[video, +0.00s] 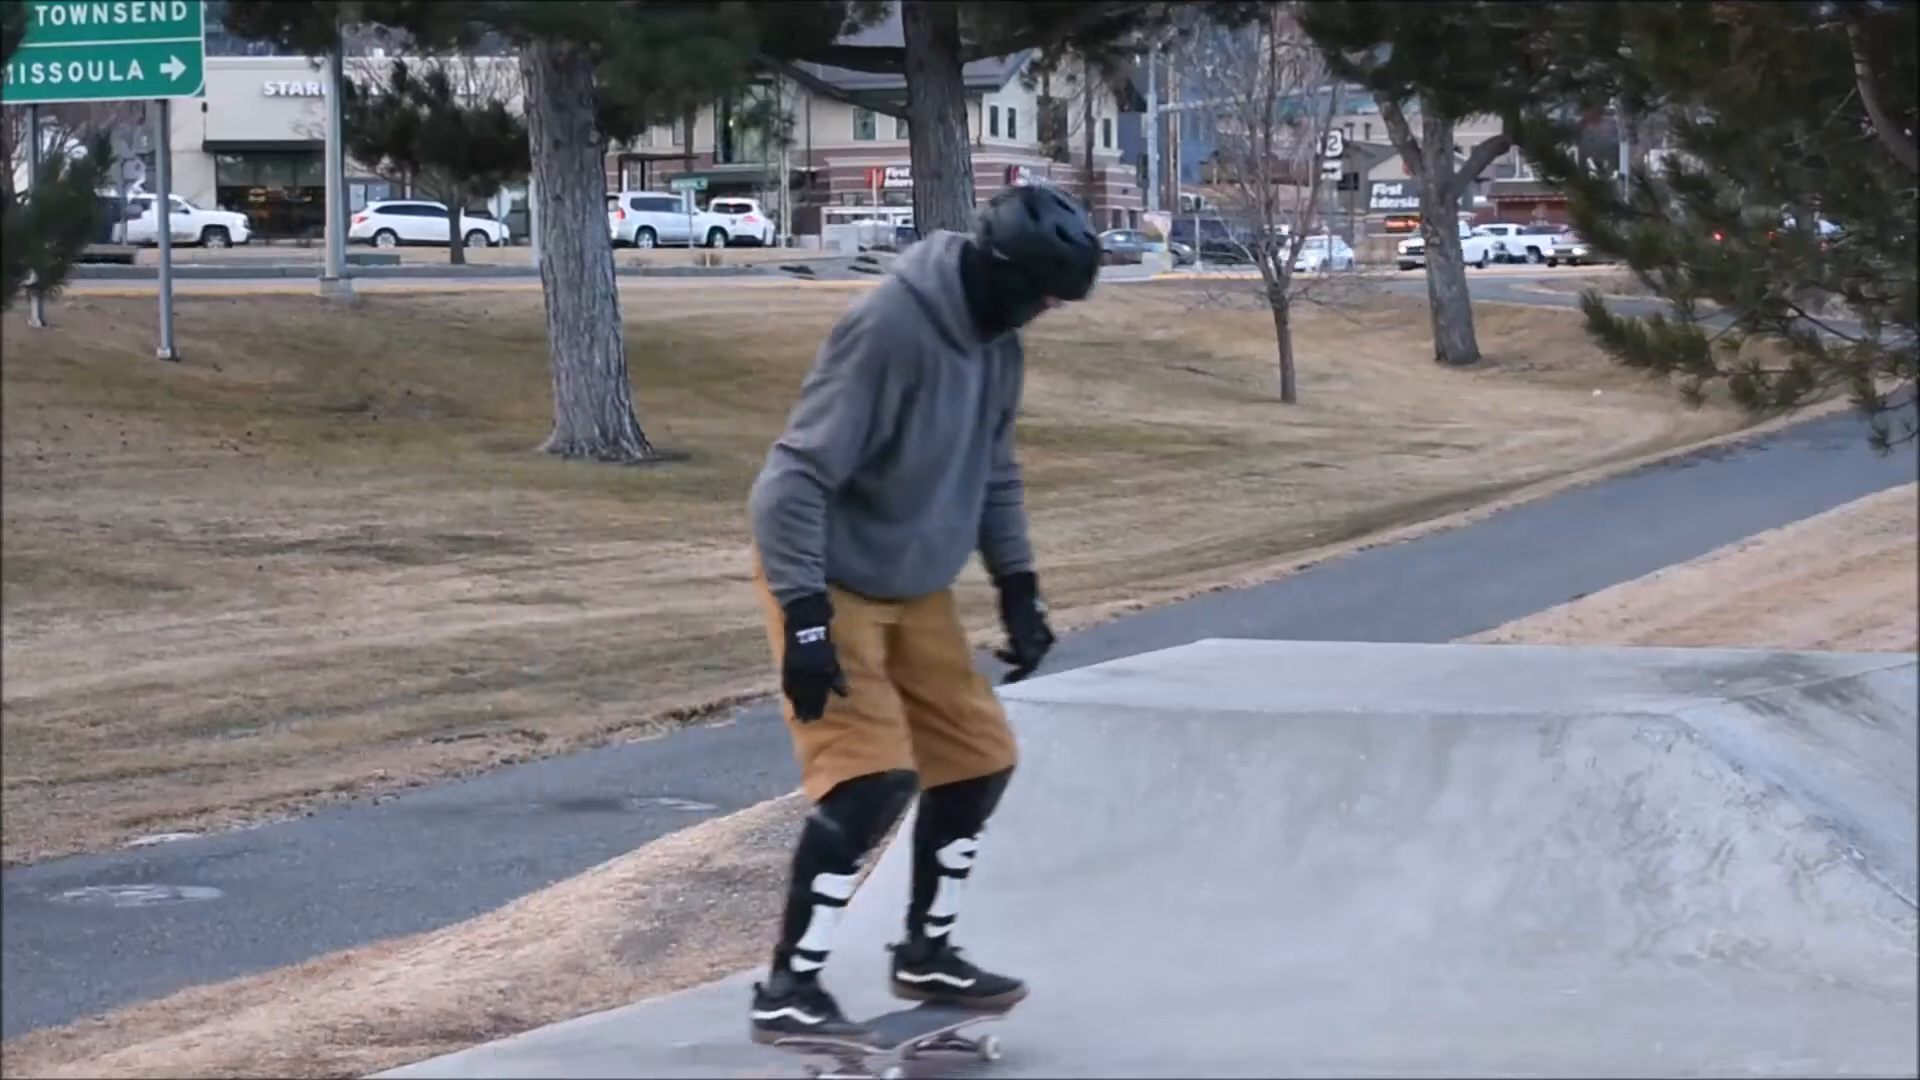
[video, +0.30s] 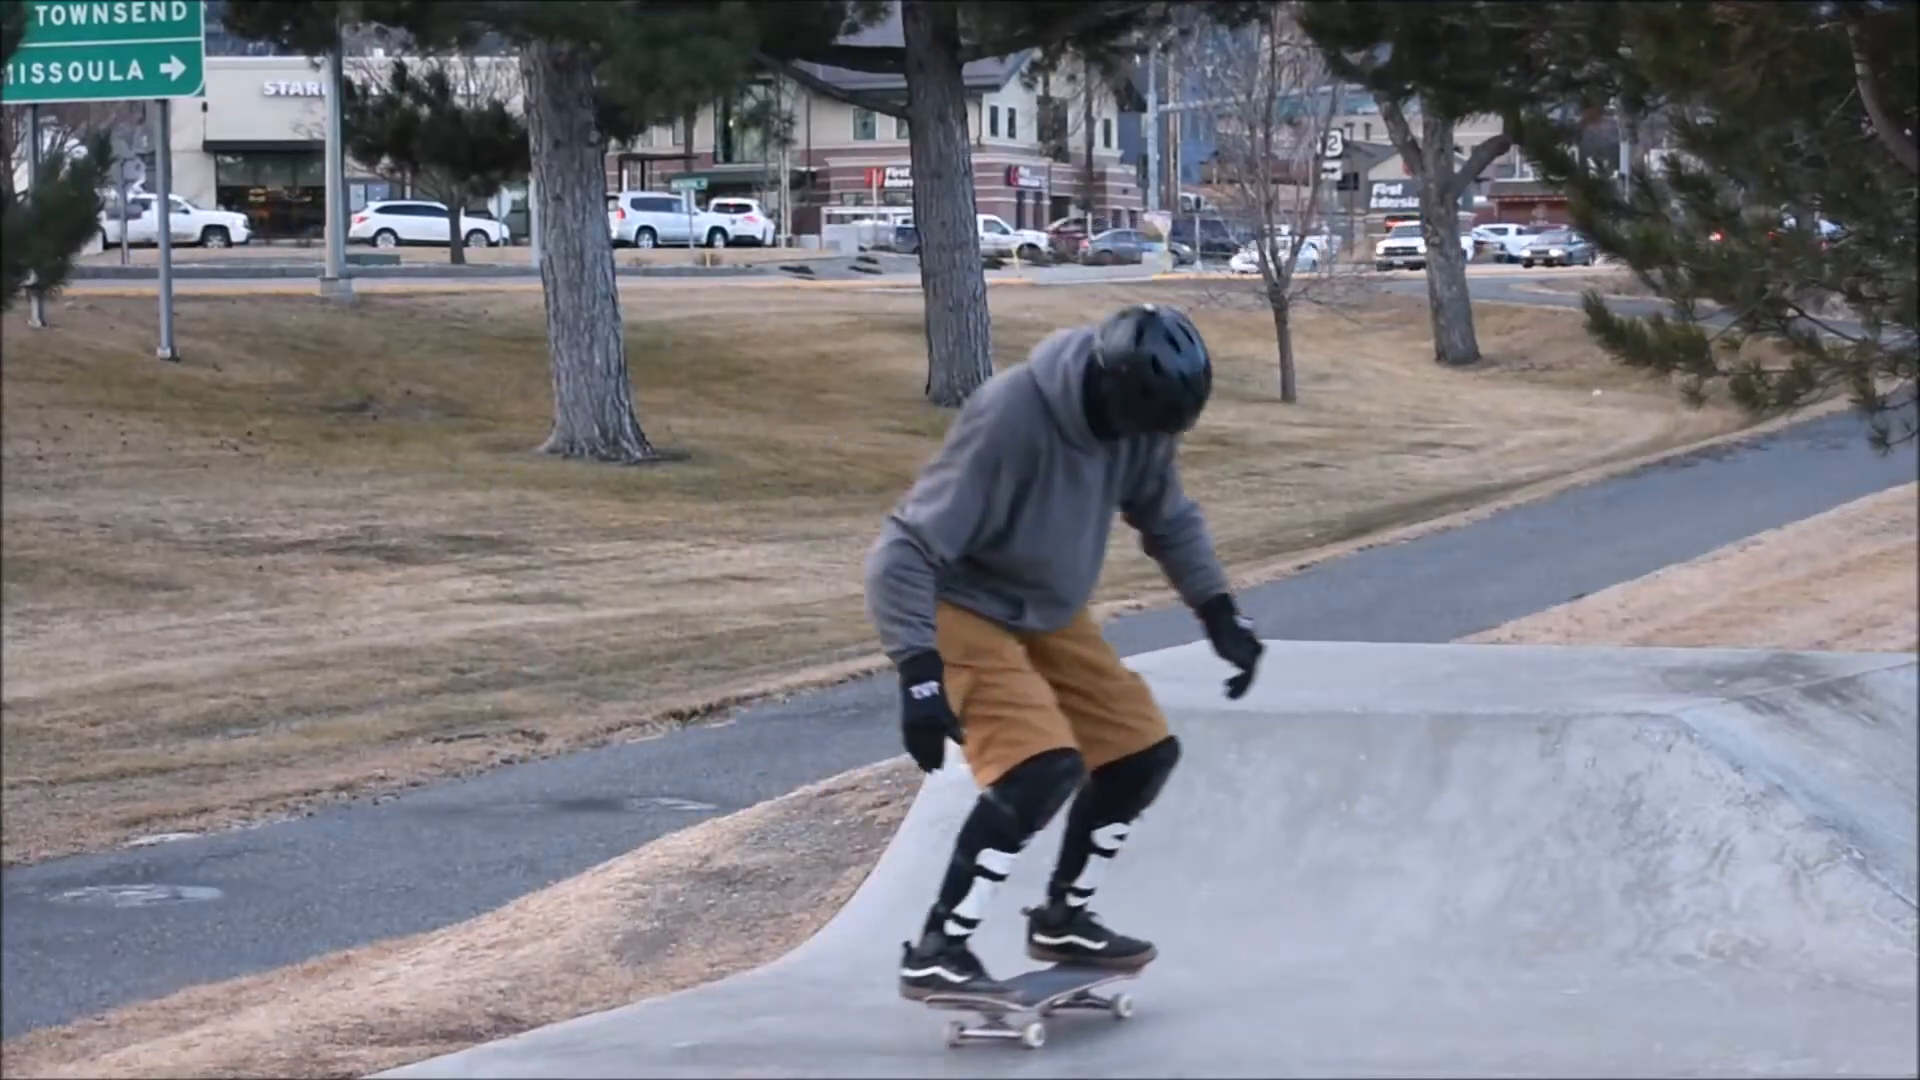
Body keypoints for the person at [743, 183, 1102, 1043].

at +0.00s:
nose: (1041, 313)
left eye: (1050, 301)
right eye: (1041, 296)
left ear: (1024, 275)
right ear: (1004, 268)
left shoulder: (996, 340)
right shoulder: (887, 327)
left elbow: (994, 473)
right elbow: (792, 478)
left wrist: (1018, 586)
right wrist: (805, 622)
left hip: (918, 587)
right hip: (832, 588)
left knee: (974, 764)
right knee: (870, 777)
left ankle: (923, 951)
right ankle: (788, 985)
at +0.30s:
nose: (1148, 437)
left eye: (1158, 427)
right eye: (1143, 422)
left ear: (1166, 401)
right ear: (1110, 384)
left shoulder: (1138, 418)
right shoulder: (1012, 417)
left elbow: (1166, 514)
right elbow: (905, 549)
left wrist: (1219, 614)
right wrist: (920, 678)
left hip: (1052, 610)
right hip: (959, 605)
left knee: (1138, 756)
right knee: (1041, 767)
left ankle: (1062, 916)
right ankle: (938, 945)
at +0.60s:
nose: (1198, 461)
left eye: (1214, 451)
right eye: (1186, 448)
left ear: (1243, 424)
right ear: (1161, 412)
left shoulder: (1265, 438)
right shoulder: (1102, 435)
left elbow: (1324, 564)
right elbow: (995, 512)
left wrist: (1276, 524)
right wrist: (957, 615)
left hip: (1187, 598)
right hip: (1085, 594)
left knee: (1266, 756)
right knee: (1170, 748)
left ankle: (1181, 886)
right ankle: (1069, 916)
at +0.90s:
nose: (1204, 379)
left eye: (1217, 369)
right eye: (1191, 368)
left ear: (1254, 336)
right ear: (1172, 334)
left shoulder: (1318, 340)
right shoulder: (1148, 329)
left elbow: (1448, 386)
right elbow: (1059, 331)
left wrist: (1529, 470)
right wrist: (975, 356)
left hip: (1317, 500)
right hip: (1208, 503)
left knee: (1366, 669)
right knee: (1187, 675)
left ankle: (1426, 808)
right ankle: (1190, 781)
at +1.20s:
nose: (1180, 423)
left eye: (1181, 408)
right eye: (1168, 416)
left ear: (1198, 367)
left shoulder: (1293, 361)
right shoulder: (1189, 407)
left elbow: (1425, 360)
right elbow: (1145, 479)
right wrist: (1134, 533)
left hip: (1410, 490)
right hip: (1333, 510)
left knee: (1328, 675)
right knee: (1258, 637)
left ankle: (1418, 830)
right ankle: (1328, 729)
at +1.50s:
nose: (1233, 343)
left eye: (1238, 327)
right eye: (1219, 334)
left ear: (1263, 294)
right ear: (1202, 322)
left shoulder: (1353, 304)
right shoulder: (1204, 367)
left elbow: (1488, 329)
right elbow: (1140, 412)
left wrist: (1600, 380)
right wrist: (1089, 493)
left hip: (1417, 491)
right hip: (1315, 517)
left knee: (1416, 680)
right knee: (1279, 683)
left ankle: (1489, 850)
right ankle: (1298, 794)